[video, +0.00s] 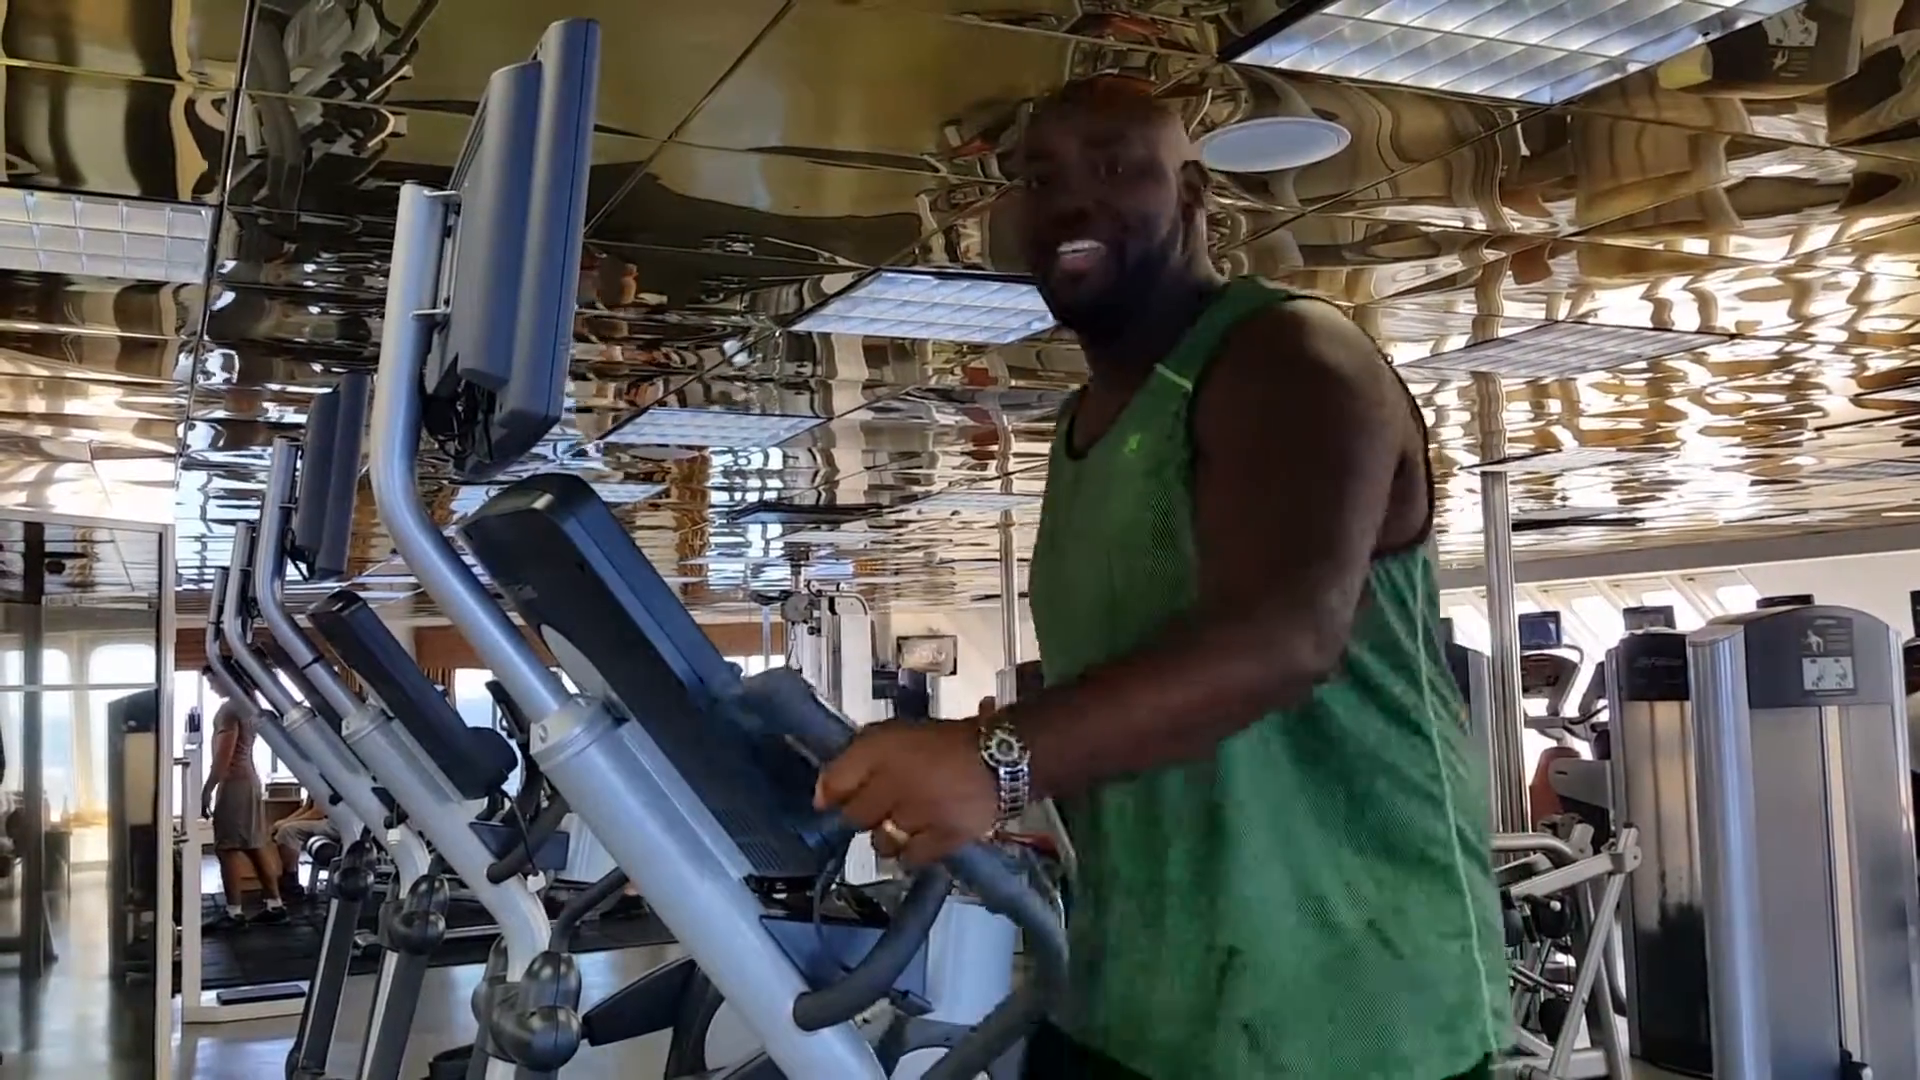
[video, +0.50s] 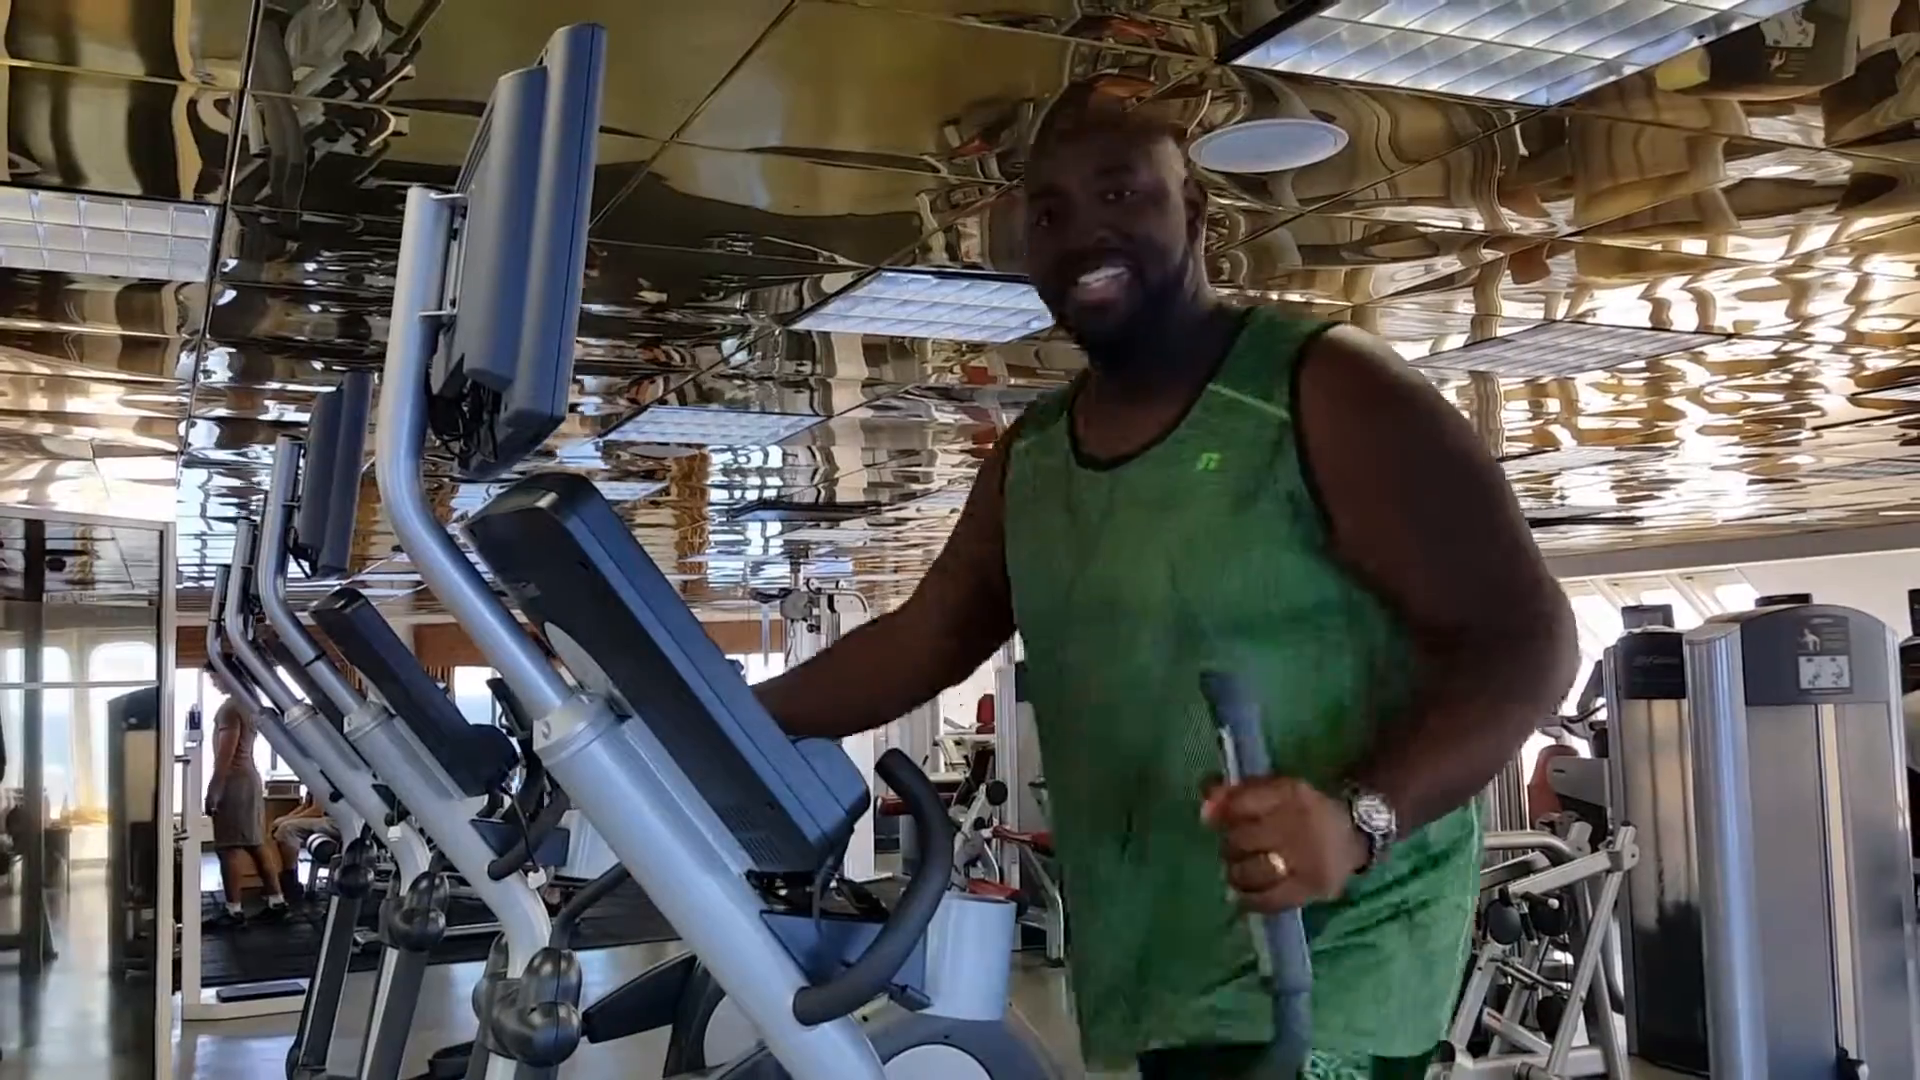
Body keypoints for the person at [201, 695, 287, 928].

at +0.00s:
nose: (209, 685)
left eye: (211, 678)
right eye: (207, 679)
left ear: (224, 677)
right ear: (233, 677)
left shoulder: (228, 710)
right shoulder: (248, 707)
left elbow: (224, 758)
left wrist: (207, 790)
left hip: (234, 785)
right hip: (251, 782)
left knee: (227, 848)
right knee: (256, 844)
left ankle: (234, 910)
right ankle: (275, 904)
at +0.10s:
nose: (210, 685)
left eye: (210, 678)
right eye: (208, 680)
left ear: (222, 676)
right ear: (232, 677)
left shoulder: (226, 709)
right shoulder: (248, 704)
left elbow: (222, 754)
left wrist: (205, 786)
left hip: (233, 782)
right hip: (251, 780)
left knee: (225, 845)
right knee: (250, 842)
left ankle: (233, 908)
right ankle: (274, 901)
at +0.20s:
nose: (209, 682)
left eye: (210, 676)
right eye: (207, 677)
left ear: (221, 674)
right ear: (230, 675)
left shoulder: (227, 707)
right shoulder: (248, 702)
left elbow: (221, 754)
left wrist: (205, 786)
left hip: (233, 781)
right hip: (249, 779)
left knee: (226, 845)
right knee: (250, 842)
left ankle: (233, 907)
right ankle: (275, 900)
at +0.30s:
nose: (210, 681)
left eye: (212, 675)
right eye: (209, 676)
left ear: (224, 673)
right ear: (233, 673)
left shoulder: (229, 707)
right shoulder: (248, 702)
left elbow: (223, 753)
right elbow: (241, 749)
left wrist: (206, 786)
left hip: (234, 780)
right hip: (249, 778)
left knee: (227, 845)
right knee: (250, 842)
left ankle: (234, 907)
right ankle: (276, 898)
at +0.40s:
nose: (210, 683)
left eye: (211, 677)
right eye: (209, 678)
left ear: (223, 675)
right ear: (234, 674)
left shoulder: (228, 707)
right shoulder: (246, 704)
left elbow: (224, 753)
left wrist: (207, 788)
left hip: (233, 781)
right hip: (249, 779)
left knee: (226, 846)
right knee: (252, 844)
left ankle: (233, 908)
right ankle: (276, 900)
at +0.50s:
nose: (211, 681)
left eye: (213, 675)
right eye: (209, 676)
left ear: (226, 675)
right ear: (235, 675)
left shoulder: (230, 708)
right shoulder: (248, 705)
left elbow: (227, 753)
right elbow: (243, 752)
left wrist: (214, 788)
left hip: (233, 781)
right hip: (250, 779)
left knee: (229, 847)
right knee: (256, 842)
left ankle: (233, 909)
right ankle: (277, 901)